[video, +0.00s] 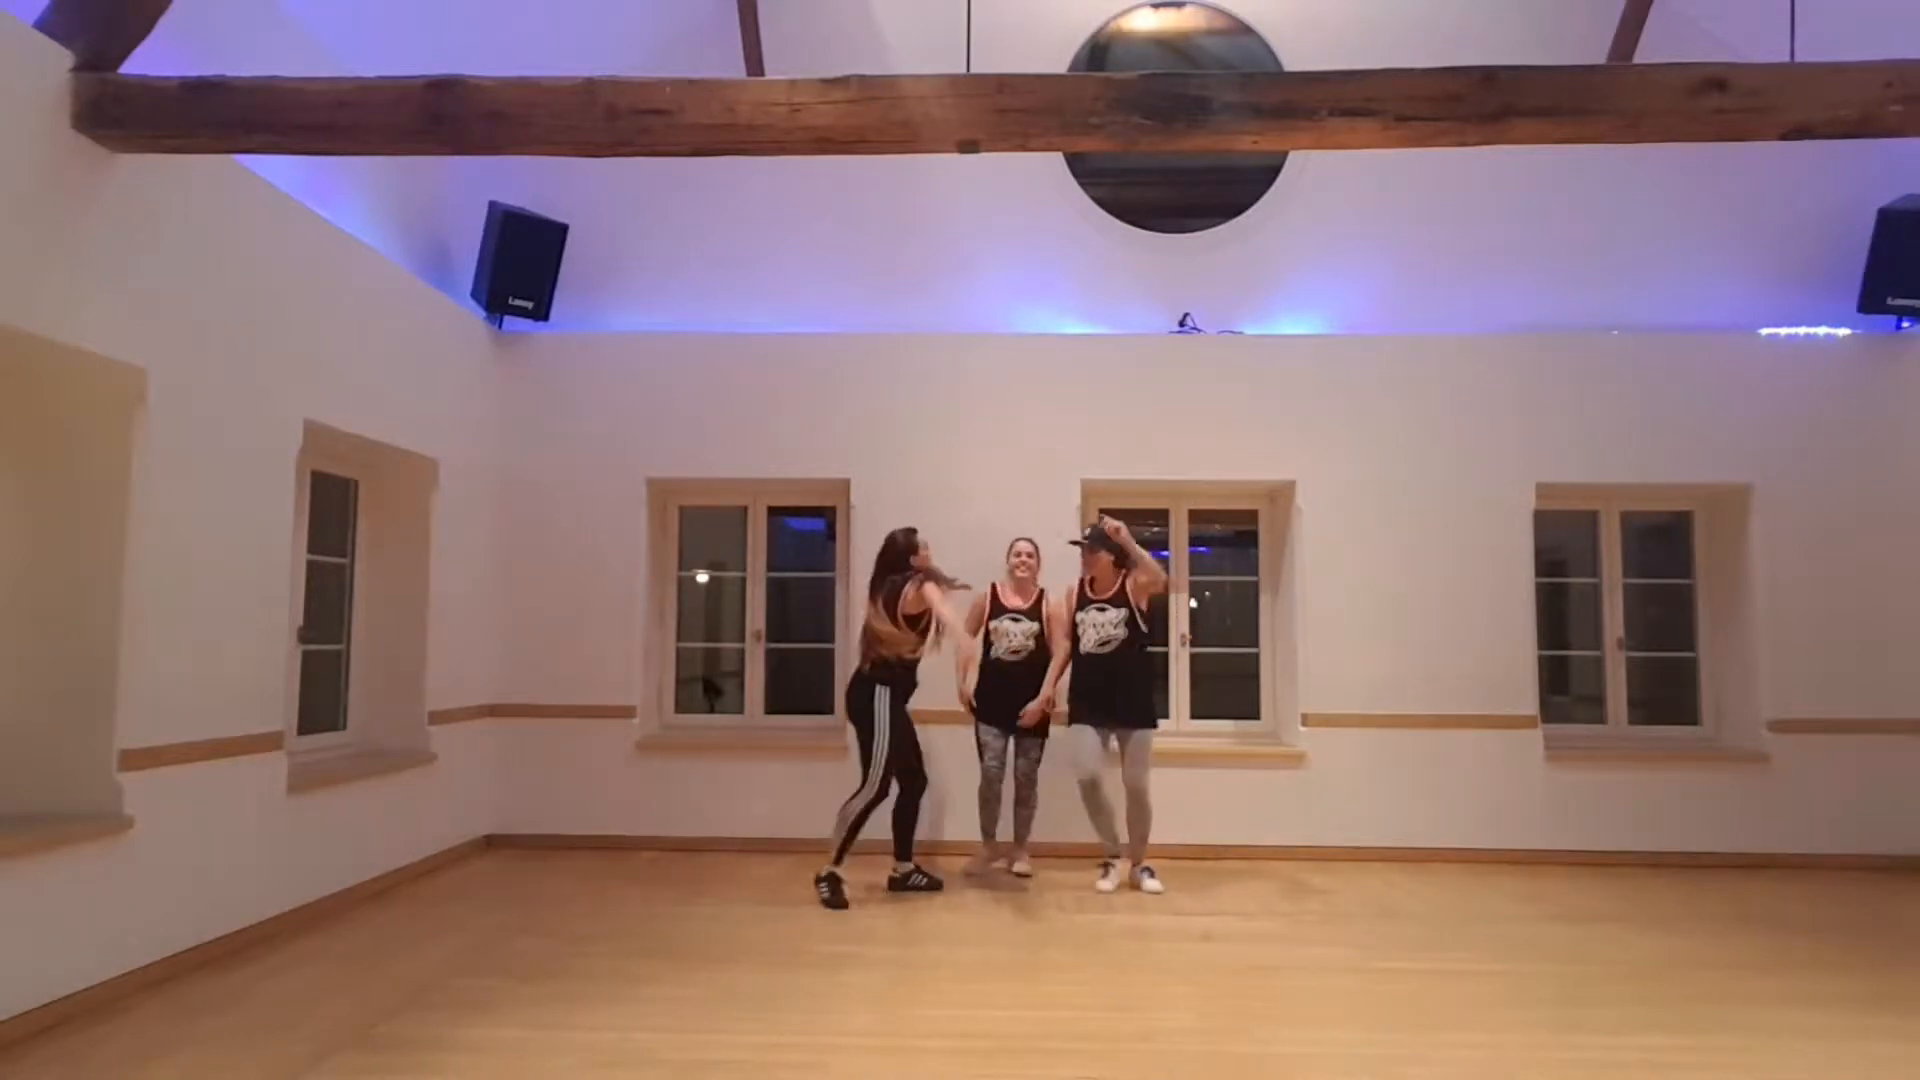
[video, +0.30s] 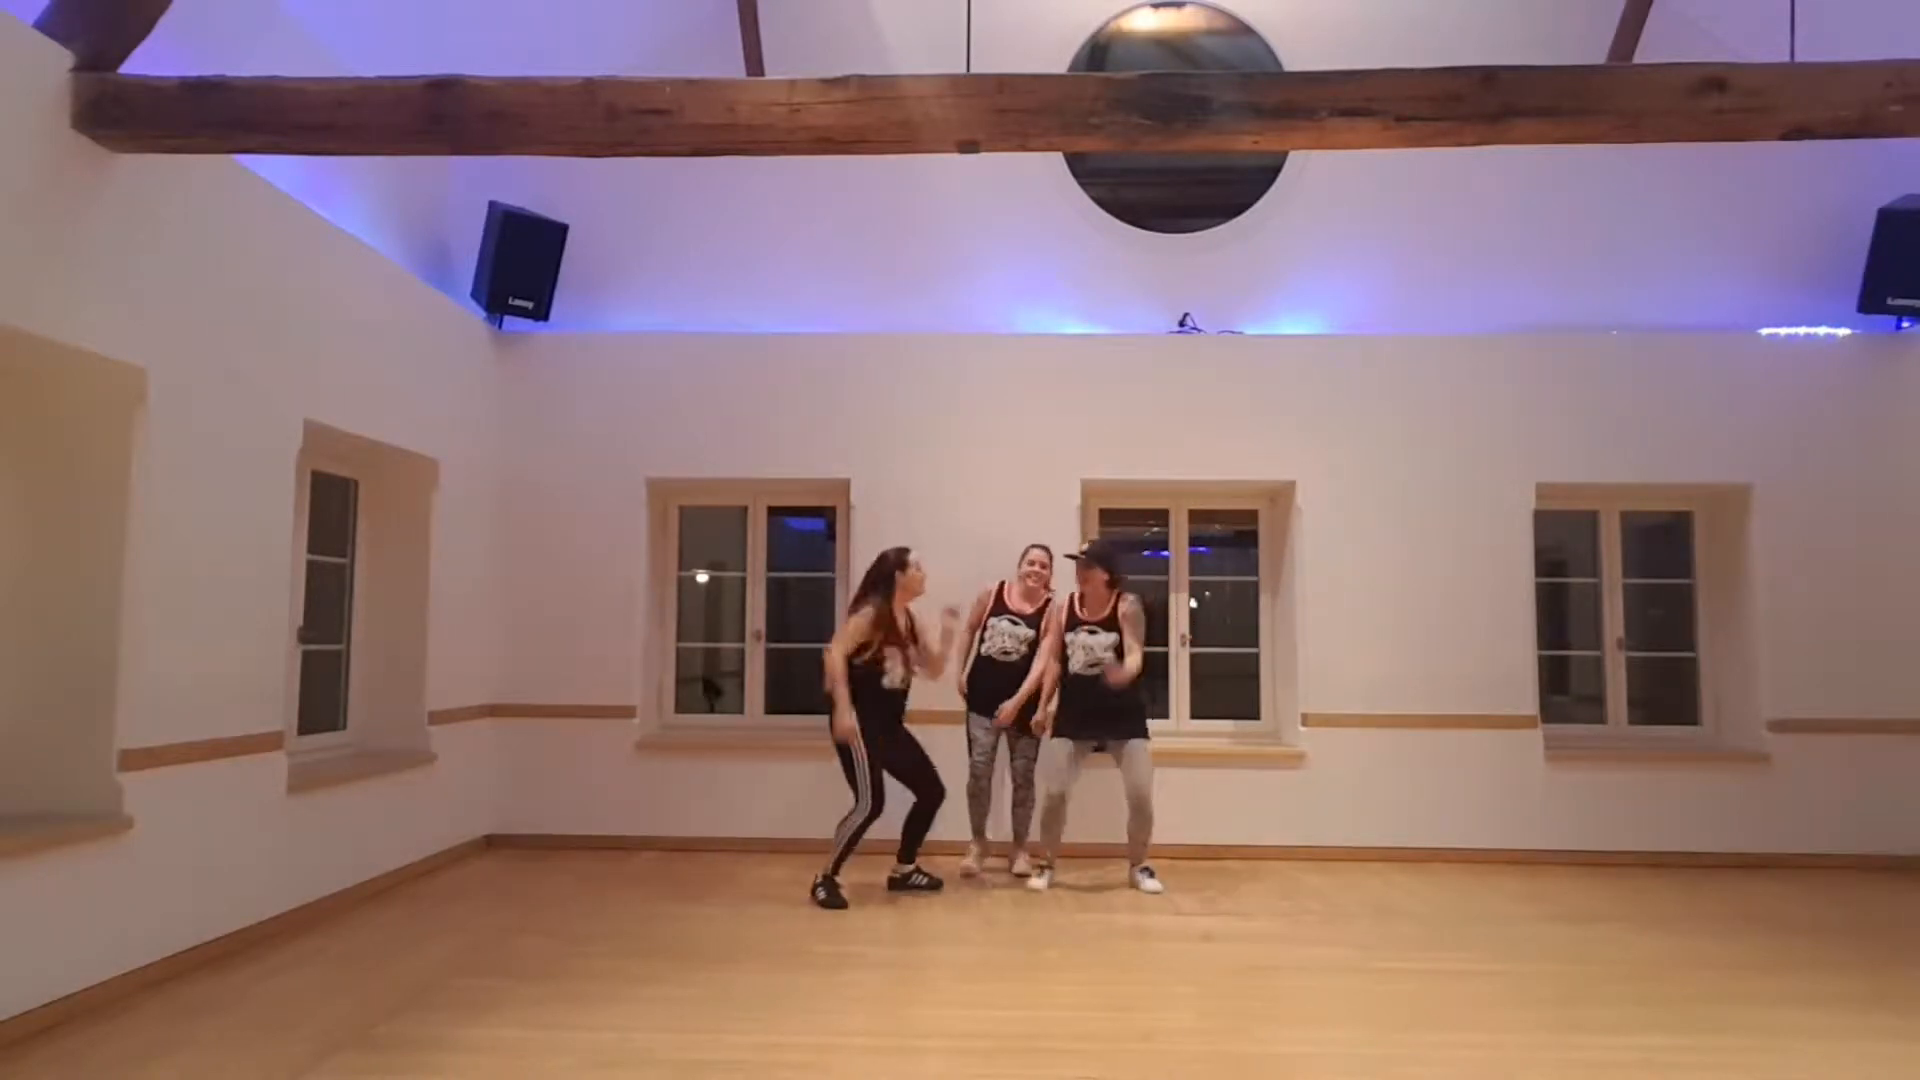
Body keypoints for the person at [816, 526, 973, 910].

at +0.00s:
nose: (929, 552)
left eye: (926, 547)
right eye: (924, 549)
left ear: (899, 558)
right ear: (913, 558)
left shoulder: (890, 585)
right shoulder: (919, 586)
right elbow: (950, 620)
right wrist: (969, 647)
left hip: (885, 691)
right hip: (878, 692)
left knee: (913, 781)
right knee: (876, 785)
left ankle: (903, 870)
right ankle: (829, 873)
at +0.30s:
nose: (923, 574)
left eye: (920, 568)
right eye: (917, 569)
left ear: (904, 576)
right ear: (898, 576)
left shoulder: (907, 619)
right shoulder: (870, 615)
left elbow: (933, 669)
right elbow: (835, 653)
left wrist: (945, 633)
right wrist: (843, 710)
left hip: (888, 723)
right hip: (858, 721)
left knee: (931, 792)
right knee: (870, 801)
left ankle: (904, 870)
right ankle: (826, 878)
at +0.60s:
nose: (924, 555)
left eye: (923, 549)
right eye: (917, 549)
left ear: (907, 554)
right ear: (895, 553)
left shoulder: (921, 581)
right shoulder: (862, 584)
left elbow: (958, 603)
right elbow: (812, 601)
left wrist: (988, 626)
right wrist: (813, 637)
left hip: (908, 699)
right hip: (869, 698)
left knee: (918, 784)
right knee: (860, 782)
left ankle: (900, 867)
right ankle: (843, 861)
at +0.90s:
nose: (932, 579)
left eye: (932, 573)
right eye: (926, 572)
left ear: (911, 577)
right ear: (903, 575)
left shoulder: (925, 622)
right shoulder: (863, 604)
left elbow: (942, 670)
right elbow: (819, 624)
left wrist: (949, 716)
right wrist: (842, 618)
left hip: (898, 717)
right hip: (857, 713)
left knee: (923, 792)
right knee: (851, 794)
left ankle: (902, 869)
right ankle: (848, 867)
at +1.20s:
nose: (869, 559)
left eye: (869, 553)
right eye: (861, 554)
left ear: (866, 559)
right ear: (840, 559)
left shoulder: (882, 592)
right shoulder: (819, 597)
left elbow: (895, 640)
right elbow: (850, 626)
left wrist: (914, 679)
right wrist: (893, 616)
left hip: (880, 705)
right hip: (837, 706)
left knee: (905, 788)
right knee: (796, 780)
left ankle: (912, 864)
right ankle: (755, 852)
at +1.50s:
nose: (803, 575)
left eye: (804, 568)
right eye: (797, 568)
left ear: (801, 572)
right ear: (774, 571)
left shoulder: (815, 604)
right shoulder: (753, 603)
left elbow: (838, 651)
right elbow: (775, 620)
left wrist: (858, 698)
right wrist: (832, 618)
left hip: (820, 714)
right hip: (777, 717)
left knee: (860, 786)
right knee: (748, 797)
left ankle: (898, 861)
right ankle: (734, 865)